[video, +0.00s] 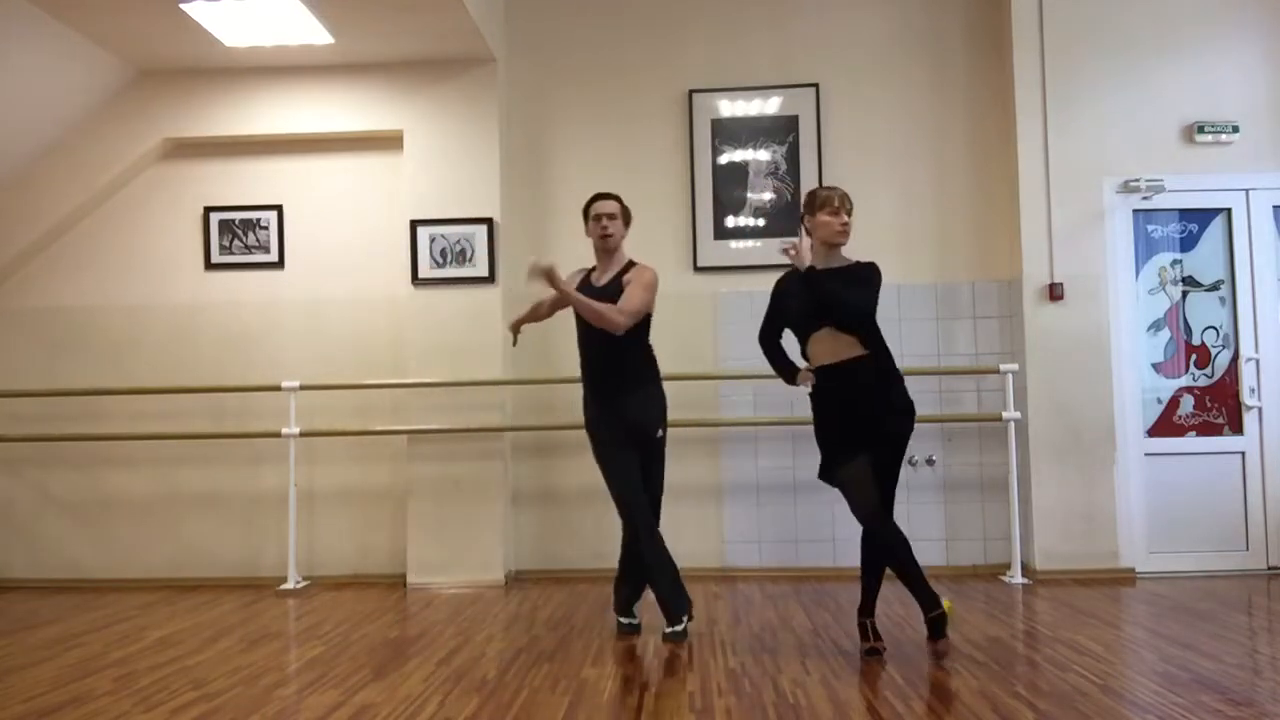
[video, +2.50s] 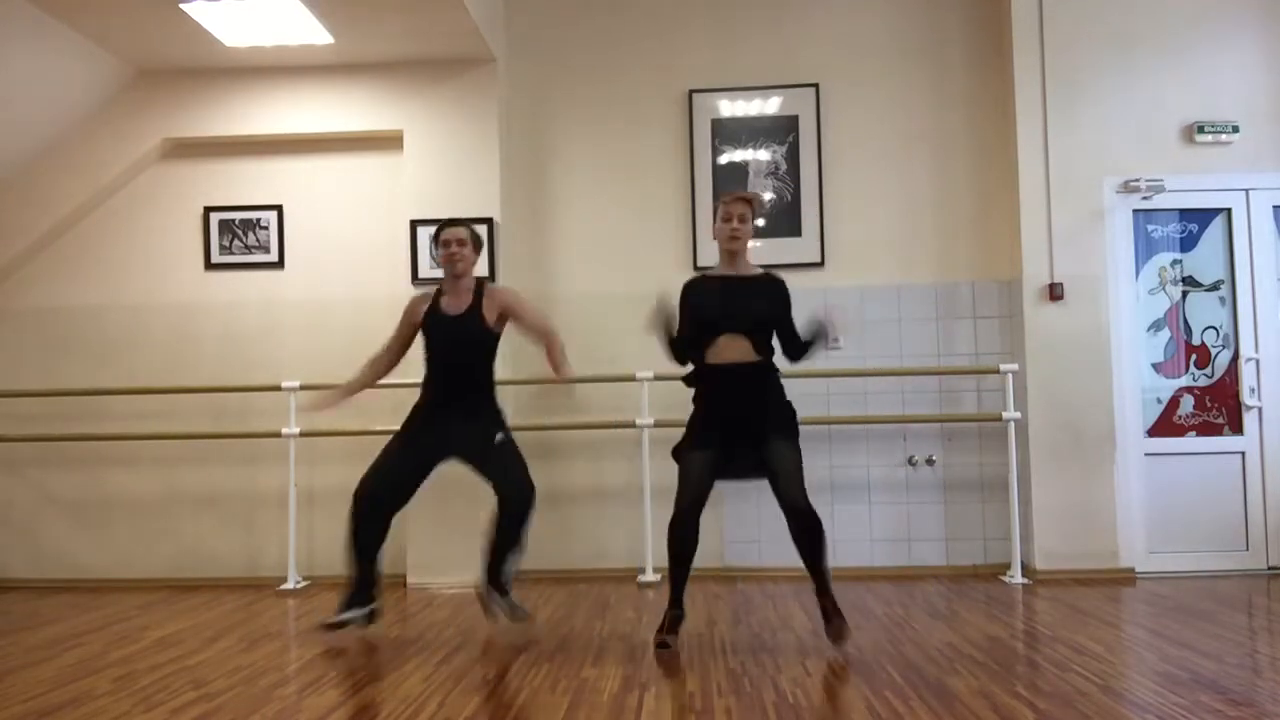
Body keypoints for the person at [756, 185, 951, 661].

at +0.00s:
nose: (841, 218)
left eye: (845, 213)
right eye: (830, 211)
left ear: (851, 223)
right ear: (807, 222)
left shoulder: (865, 271)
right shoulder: (790, 283)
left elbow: (855, 315)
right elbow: (767, 338)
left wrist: (805, 269)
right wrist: (795, 373)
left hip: (884, 395)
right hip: (833, 402)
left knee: (878, 514)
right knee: (870, 514)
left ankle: (866, 616)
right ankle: (932, 605)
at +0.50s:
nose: (840, 221)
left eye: (850, 212)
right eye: (836, 214)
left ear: (876, 216)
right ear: (834, 220)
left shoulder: (902, 273)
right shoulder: (823, 274)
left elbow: (953, 322)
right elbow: (784, 312)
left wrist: (1012, 319)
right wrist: (776, 332)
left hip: (877, 392)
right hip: (826, 389)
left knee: (868, 506)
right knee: (805, 482)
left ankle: (868, 614)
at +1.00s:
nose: (824, 225)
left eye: (833, 215)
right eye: (821, 217)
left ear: (859, 218)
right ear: (820, 223)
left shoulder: (896, 262)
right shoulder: (820, 275)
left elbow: (949, 291)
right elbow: (782, 297)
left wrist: (963, 289)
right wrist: (740, 297)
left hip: (883, 394)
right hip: (830, 388)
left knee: (868, 513)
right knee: (781, 472)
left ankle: (855, 616)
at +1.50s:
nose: (789, 236)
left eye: (799, 228)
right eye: (788, 229)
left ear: (828, 235)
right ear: (793, 239)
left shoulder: (857, 286)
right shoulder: (781, 292)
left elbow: (898, 330)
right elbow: (796, 338)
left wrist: (878, 371)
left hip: (865, 404)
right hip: (817, 413)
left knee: (856, 522)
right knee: (849, 528)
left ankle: (850, 617)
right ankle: (928, 600)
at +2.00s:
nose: (744, 224)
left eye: (751, 214)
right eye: (743, 216)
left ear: (780, 216)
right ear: (757, 220)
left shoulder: (811, 263)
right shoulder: (740, 277)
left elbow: (851, 287)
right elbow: (721, 332)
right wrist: (711, 383)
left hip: (811, 393)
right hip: (760, 394)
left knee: (823, 502)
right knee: (734, 499)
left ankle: (845, 606)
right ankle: (711, 605)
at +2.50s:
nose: (733, 226)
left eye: (741, 220)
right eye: (726, 220)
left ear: (753, 229)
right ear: (714, 228)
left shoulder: (771, 286)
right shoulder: (696, 289)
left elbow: (793, 351)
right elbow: (684, 356)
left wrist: (819, 335)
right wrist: (667, 330)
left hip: (763, 399)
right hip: (711, 402)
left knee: (795, 502)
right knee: (686, 506)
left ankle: (826, 599)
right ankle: (674, 607)